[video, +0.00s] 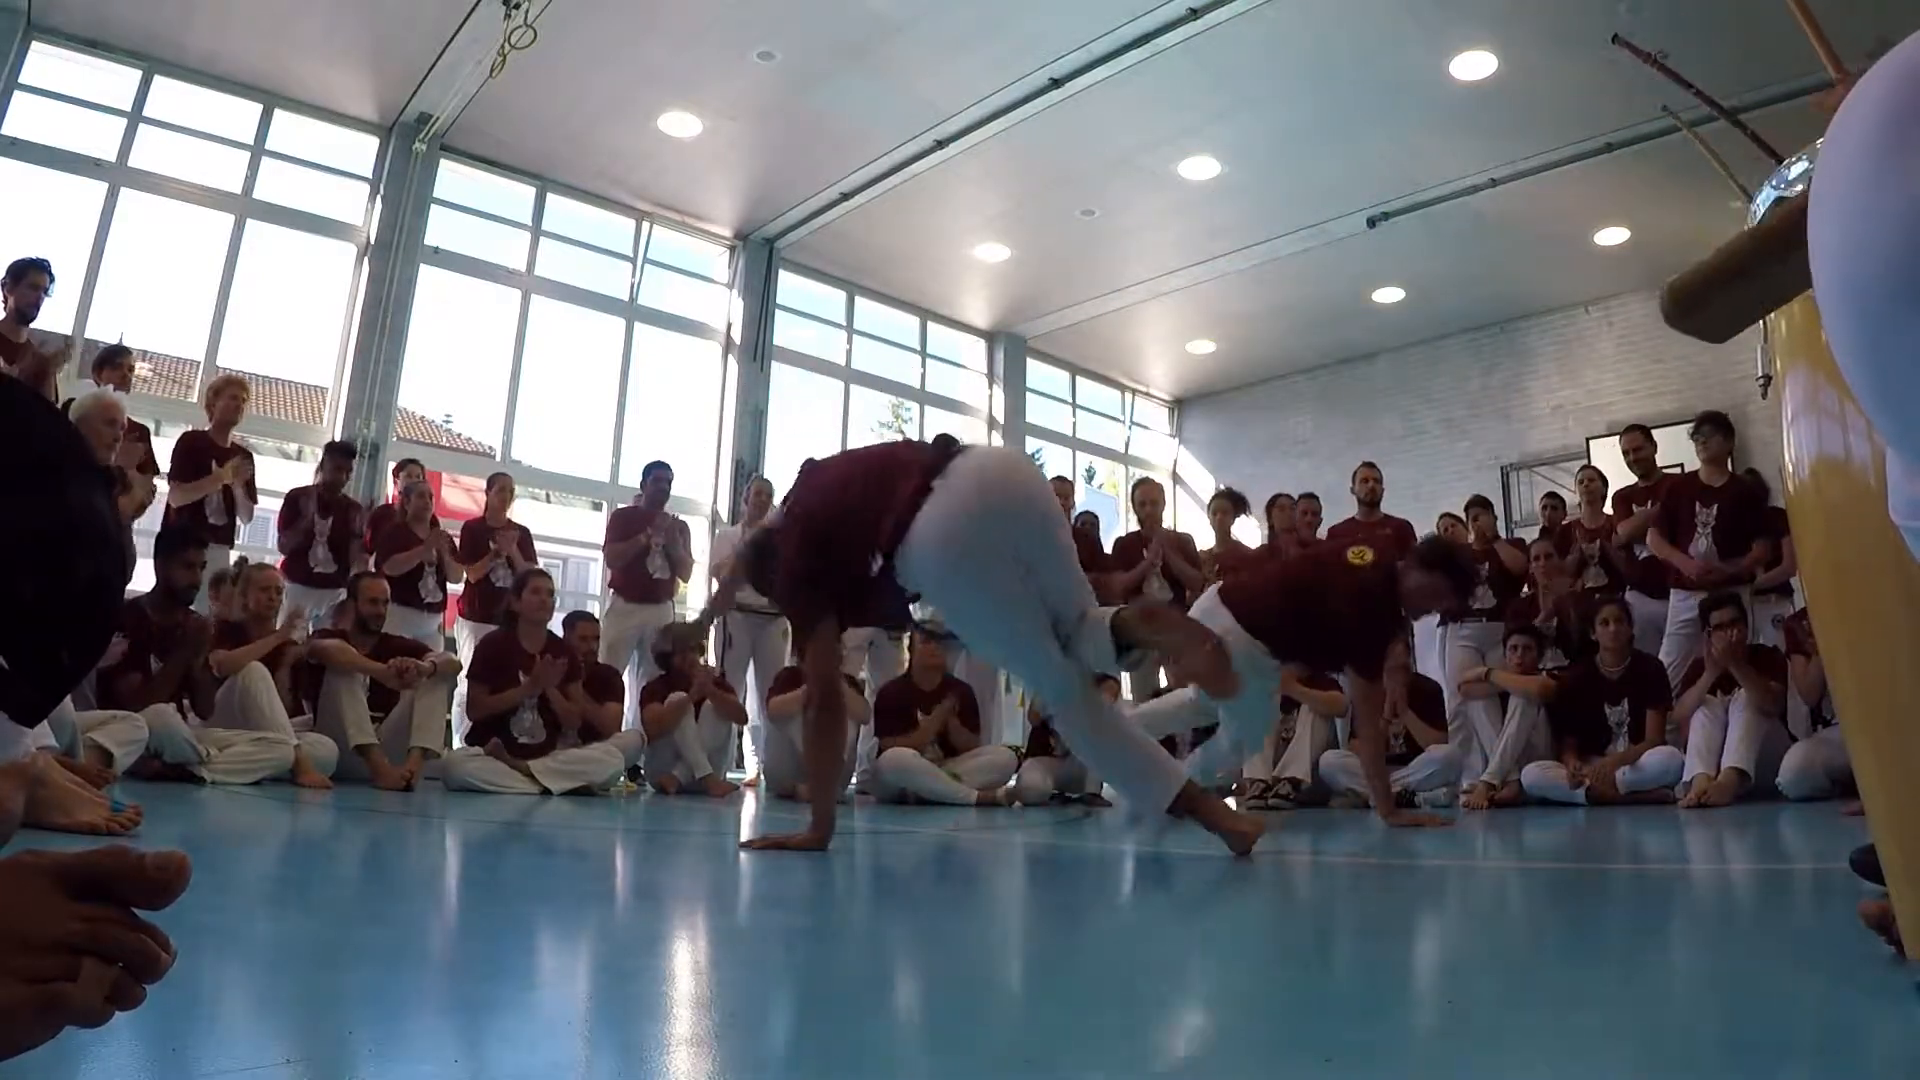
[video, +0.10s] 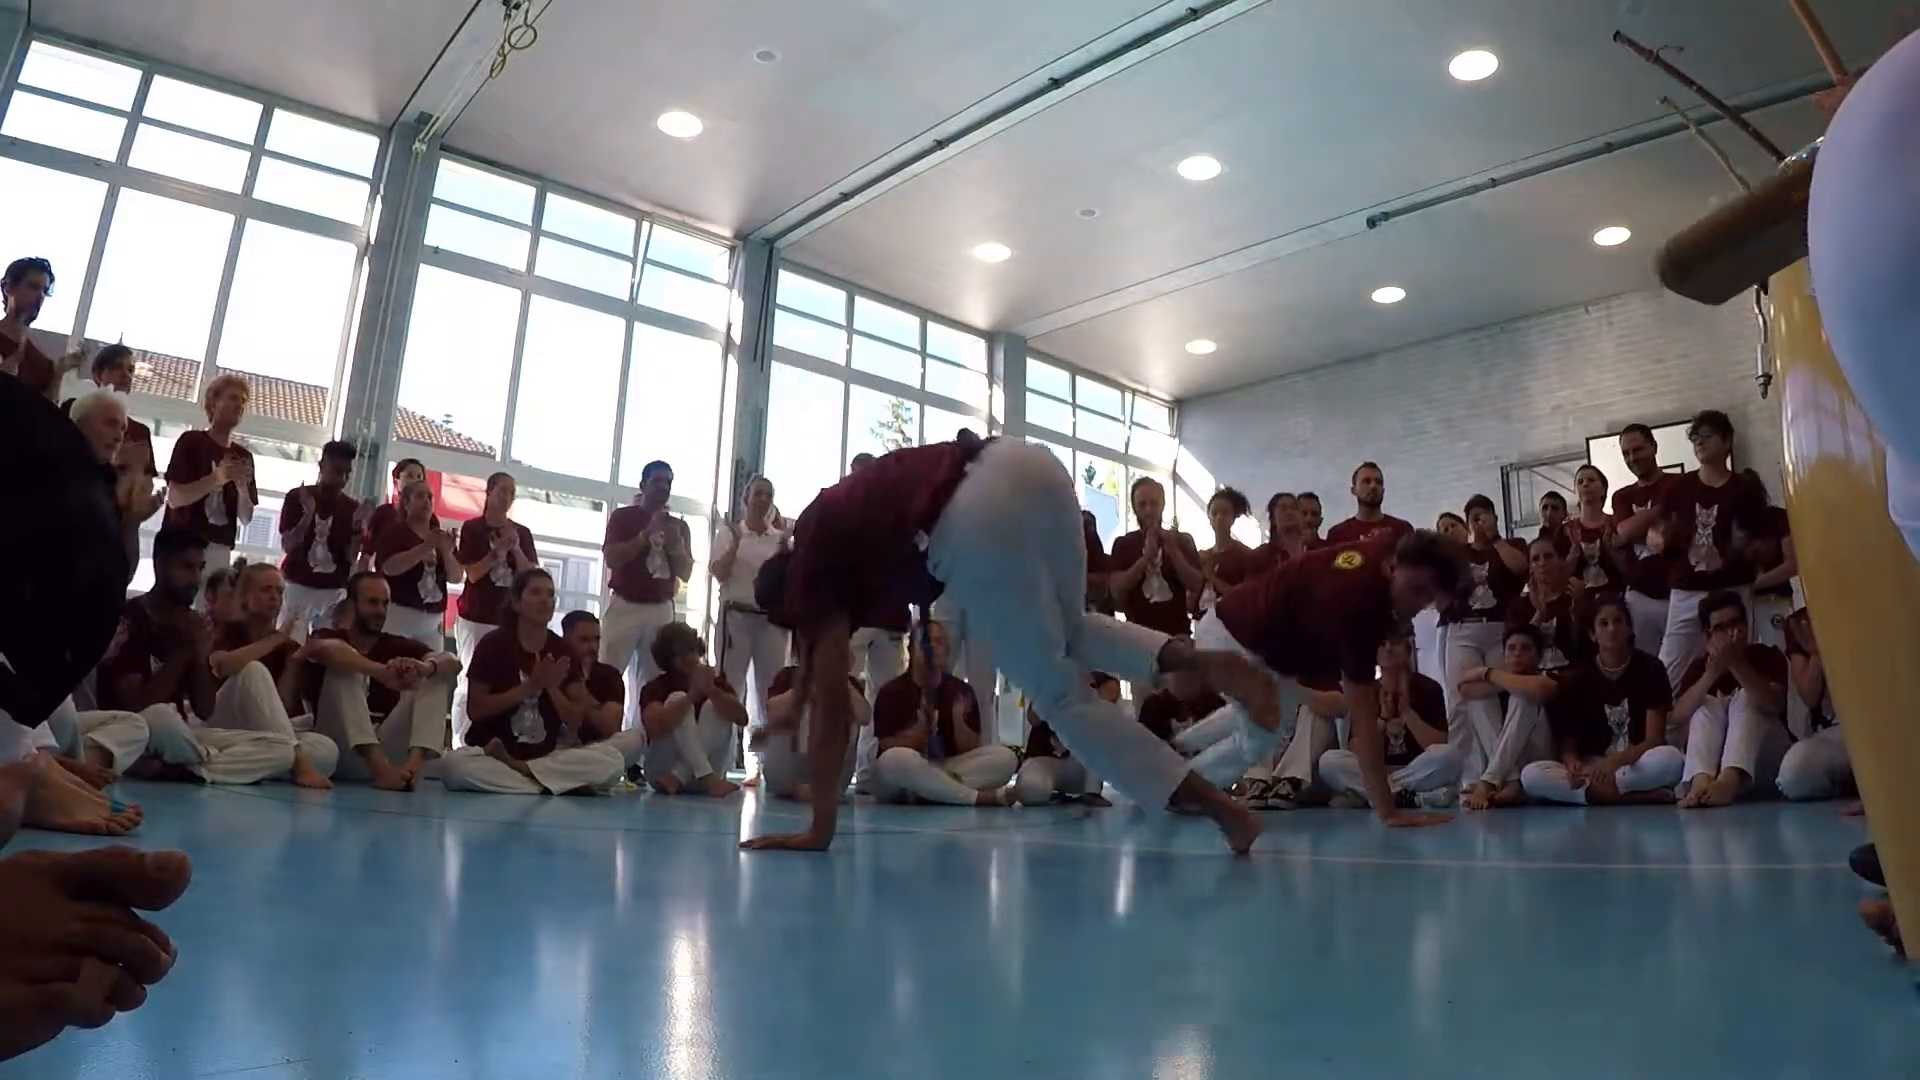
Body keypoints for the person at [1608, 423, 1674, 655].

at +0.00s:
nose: (1633, 458)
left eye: (1638, 450)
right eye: (1626, 453)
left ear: (1654, 447)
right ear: (1622, 457)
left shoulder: (1678, 484)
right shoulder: (1622, 496)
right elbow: (1623, 533)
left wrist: (1634, 525)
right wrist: (1658, 510)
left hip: (1679, 592)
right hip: (1639, 594)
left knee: (1682, 672)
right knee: (1643, 671)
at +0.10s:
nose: (1632, 458)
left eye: (1638, 450)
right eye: (1627, 453)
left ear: (1654, 447)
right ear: (1622, 456)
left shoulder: (1679, 484)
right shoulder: (1622, 497)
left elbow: (1674, 536)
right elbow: (1624, 532)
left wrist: (1632, 528)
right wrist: (1661, 507)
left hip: (1679, 592)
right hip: (1640, 594)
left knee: (1683, 672)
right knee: (1645, 671)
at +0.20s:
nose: (1633, 458)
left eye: (1638, 450)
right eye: (1626, 454)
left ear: (1654, 447)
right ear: (1622, 457)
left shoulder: (1679, 483)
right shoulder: (1622, 496)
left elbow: (1690, 531)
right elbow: (1625, 532)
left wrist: (1634, 528)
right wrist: (1664, 509)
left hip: (1679, 592)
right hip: (1640, 596)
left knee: (1682, 672)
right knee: (1645, 671)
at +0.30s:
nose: (1632, 458)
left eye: (1638, 450)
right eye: (1626, 454)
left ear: (1654, 447)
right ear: (1622, 457)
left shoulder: (1679, 483)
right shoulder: (1622, 496)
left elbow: (1687, 530)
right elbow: (1626, 531)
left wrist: (1636, 527)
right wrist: (1661, 510)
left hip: (1680, 592)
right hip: (1640, 596)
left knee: (1682, 672)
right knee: (1646, 671)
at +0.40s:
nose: (1633, 458)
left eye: (1638, 450)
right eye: (1627, 454)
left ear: (1654, 447)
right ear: (1622, 457)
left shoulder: (1679, 483)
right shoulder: (1622, 496)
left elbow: (1680, 523)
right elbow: (1625, 531)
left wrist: (1632, 528)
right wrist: (1661, 509)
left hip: (1680, 592)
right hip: (1640, 596)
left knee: (1682, 672)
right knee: (1644, 670)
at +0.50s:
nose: (1632, 458)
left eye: (1638, 450)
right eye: (1626, 453)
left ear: (1654, 447)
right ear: (1622, 457)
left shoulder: (1679, 484)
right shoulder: (1621, 496)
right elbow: (1624, 531)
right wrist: (1657, 505)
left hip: (1679, 590)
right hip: (1640, 593)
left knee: (1683, 670)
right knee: (1646, 669)